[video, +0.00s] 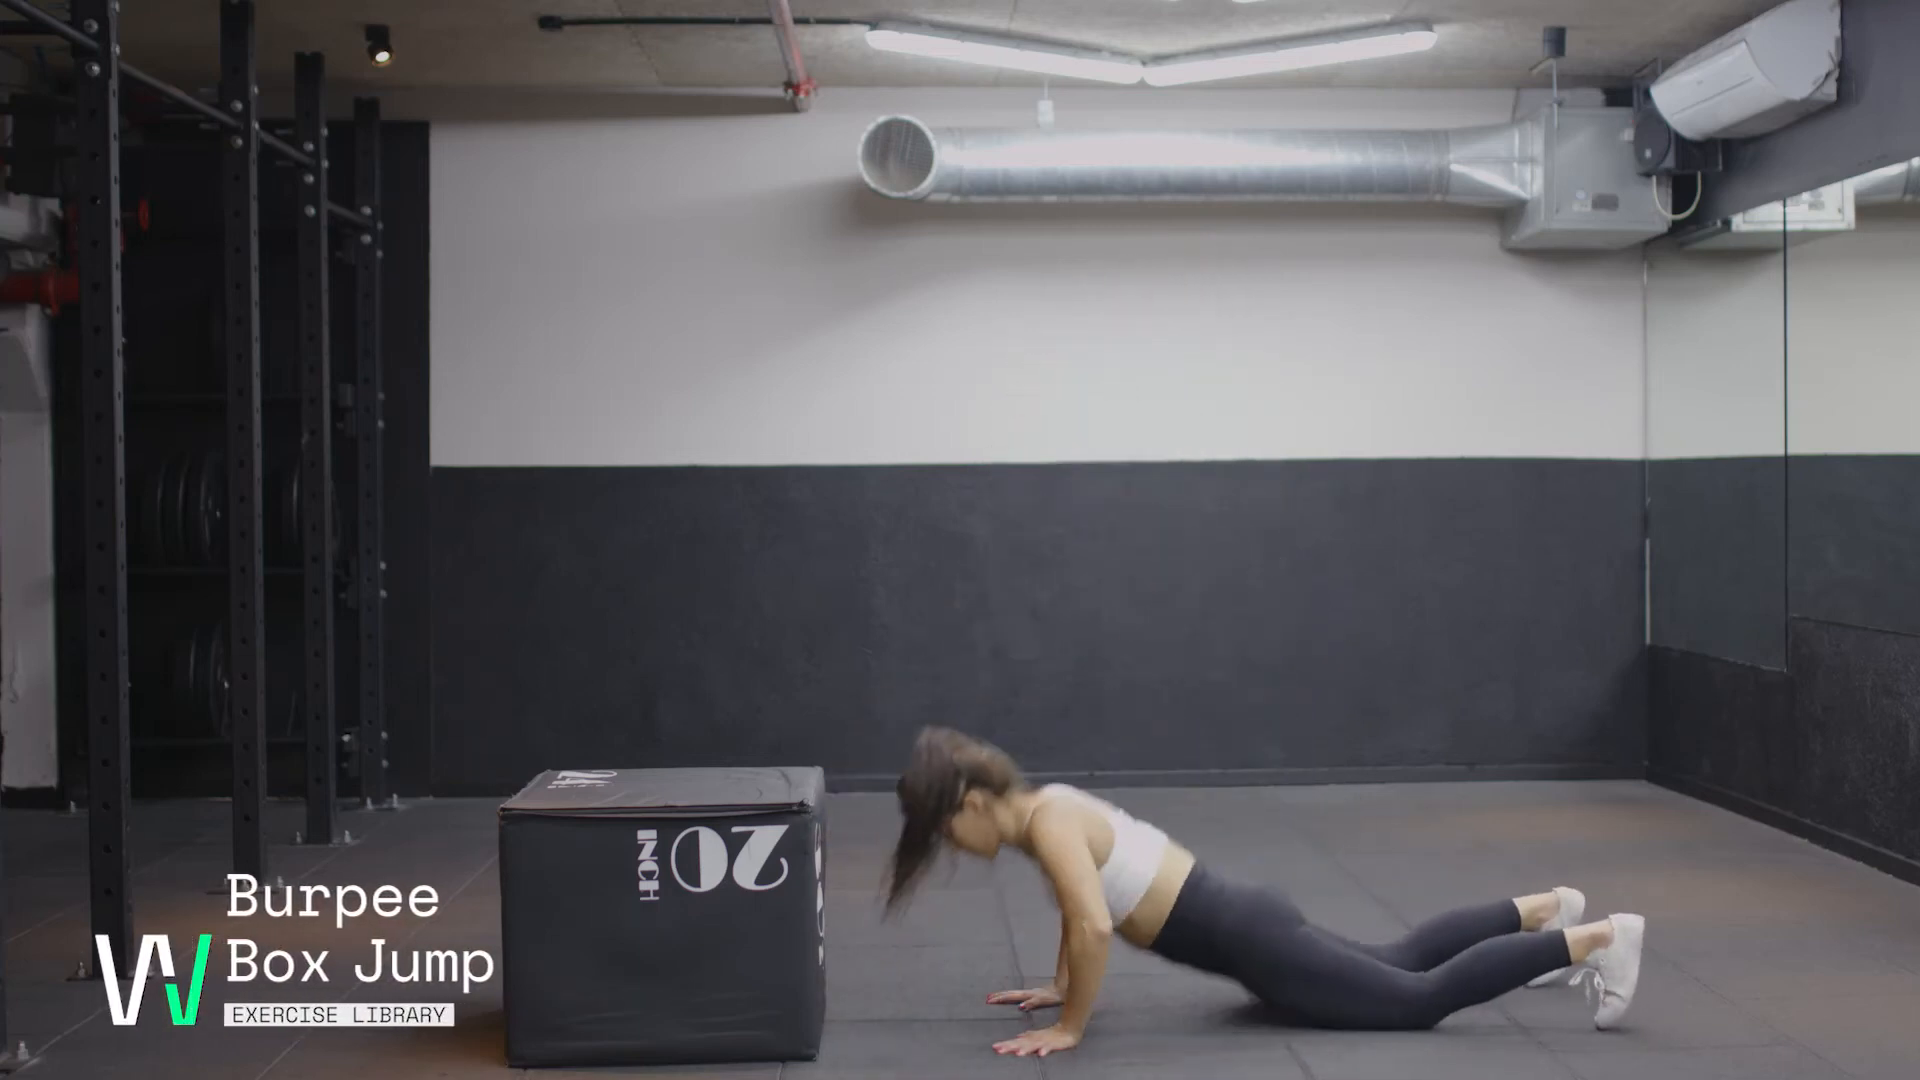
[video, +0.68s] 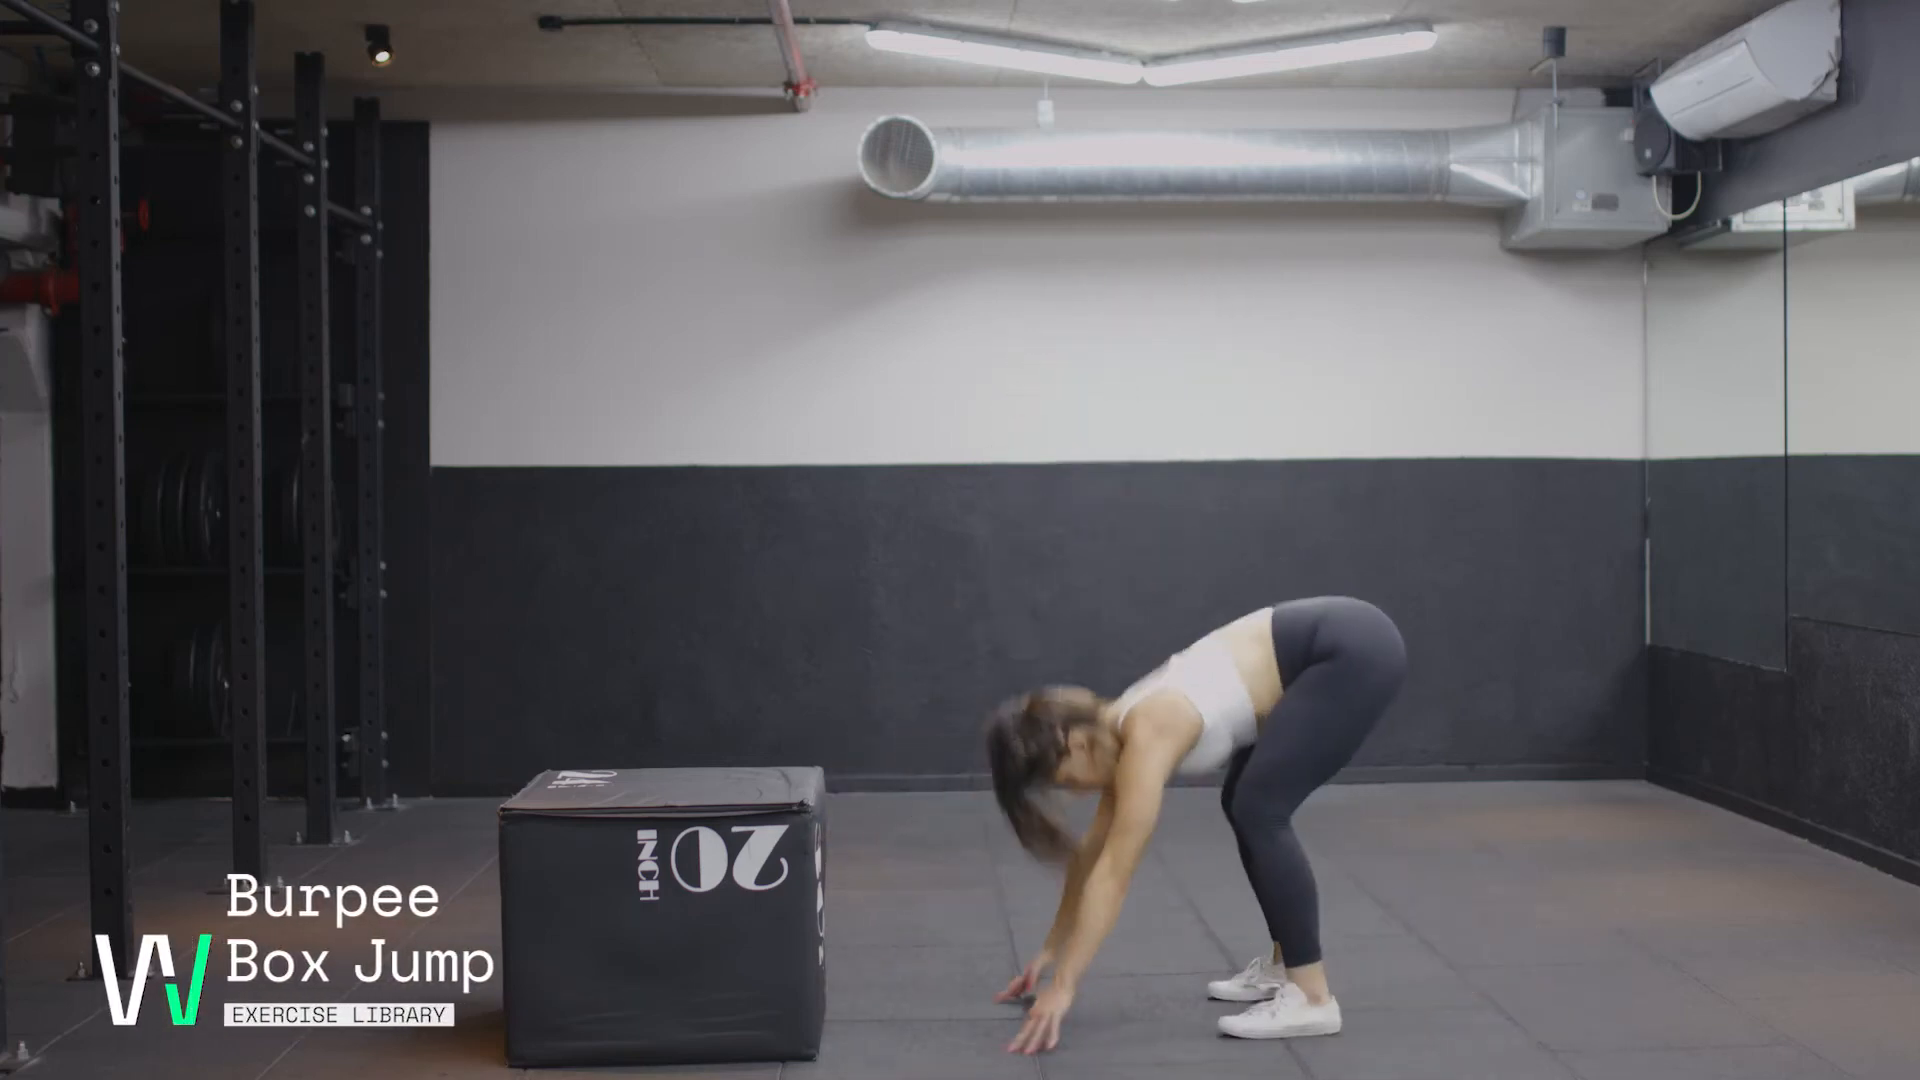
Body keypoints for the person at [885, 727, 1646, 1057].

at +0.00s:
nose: (954, 845)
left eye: (949, 829)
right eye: (944, 832)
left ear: (976, 801)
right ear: (979, 793)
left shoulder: (1052, 829)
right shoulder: (1047, 809)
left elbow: (1092, 934)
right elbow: (1081, 918)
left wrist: (1071, 1025)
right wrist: (1059, 988)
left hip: (1244, 936)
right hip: (1243, 920)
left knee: (1421, 999)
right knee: (1397, 966)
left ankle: (1587, 943)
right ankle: (1545, 910)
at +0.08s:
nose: (963, 819)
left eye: (957, 803)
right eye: (954, 806)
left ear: (981, 777)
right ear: (984, 771)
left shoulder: (1059, 798)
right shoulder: (1053, 784)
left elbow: (1085, 918)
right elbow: (1075, 903)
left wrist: (1071, 1023)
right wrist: (1060, 988)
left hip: (1264, 885)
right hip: (1260, 875)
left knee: (1415, 997)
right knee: (1393, 966)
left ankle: (1593, 958)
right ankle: (1541, 921)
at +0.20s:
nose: (954, 802)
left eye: (945, 790)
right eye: (943, 792)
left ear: (967, 767)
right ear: (977, 749)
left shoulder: (1053, 771)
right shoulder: (1042, 762)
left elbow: (1070, 906)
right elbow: (1064, 894)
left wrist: (1070, 1024)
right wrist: (1058, 986)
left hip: (1265, 783)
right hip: (1258, 772)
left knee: (1409, 919)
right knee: (1400, 890)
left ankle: (1603, 953)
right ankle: (1540, 911)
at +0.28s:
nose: (979, 823)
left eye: (967, 808)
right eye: (963, 815)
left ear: (984, 779)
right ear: (985, 768)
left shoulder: (1062, 766)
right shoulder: (1046, 758)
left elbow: (1073, 902)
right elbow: (1063, 891)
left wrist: (1069, 1028)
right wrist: (1060, 990)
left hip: (1266, 707)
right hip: (1255, 709)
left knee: (1381, 871)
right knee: (1377, 853)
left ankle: (1567, 925)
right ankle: (1526, 900)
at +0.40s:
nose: (1048, 847)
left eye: (1037, 839)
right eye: (1036, 845)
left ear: (1037, 800)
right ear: (1037, 789)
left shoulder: (1111, 765)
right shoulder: (1087, 757)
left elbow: (1098, 908)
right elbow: (1086, 890)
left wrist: (1070, 1025)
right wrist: (1060, 989)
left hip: (1281, 624)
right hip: (1259, 628)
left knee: (1312, 820)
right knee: (1310, 814)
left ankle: (1449, 947)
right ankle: (1409, 928)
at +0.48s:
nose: (1081, 852)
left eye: (1071, 841)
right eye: (1068, 850)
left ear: (1074, 801)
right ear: (1072, 790)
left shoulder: (1139, 772)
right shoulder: (1112, 764)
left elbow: (1113, 912)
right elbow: (1100, 887)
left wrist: (1072, 1026)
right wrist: (1062, 988)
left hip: (1301, 613)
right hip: (1279, 610)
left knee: (1278, 802)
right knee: (1271, 798)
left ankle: (1349, 983)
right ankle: (1322, 948)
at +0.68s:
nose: (1069, 787)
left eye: (1060, 778)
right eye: (1059, 783)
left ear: (1074, 742)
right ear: (1074, 735)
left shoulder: (1148, 736)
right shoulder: (1123, 728)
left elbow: (1115, 872)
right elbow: (1092, 855)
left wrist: (1064, 984)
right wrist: (1051, 953)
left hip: (1354, 649)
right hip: (1324, 647)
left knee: (1257, 808)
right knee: (1243, 801)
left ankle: (1312, 997)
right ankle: (1288, 965)